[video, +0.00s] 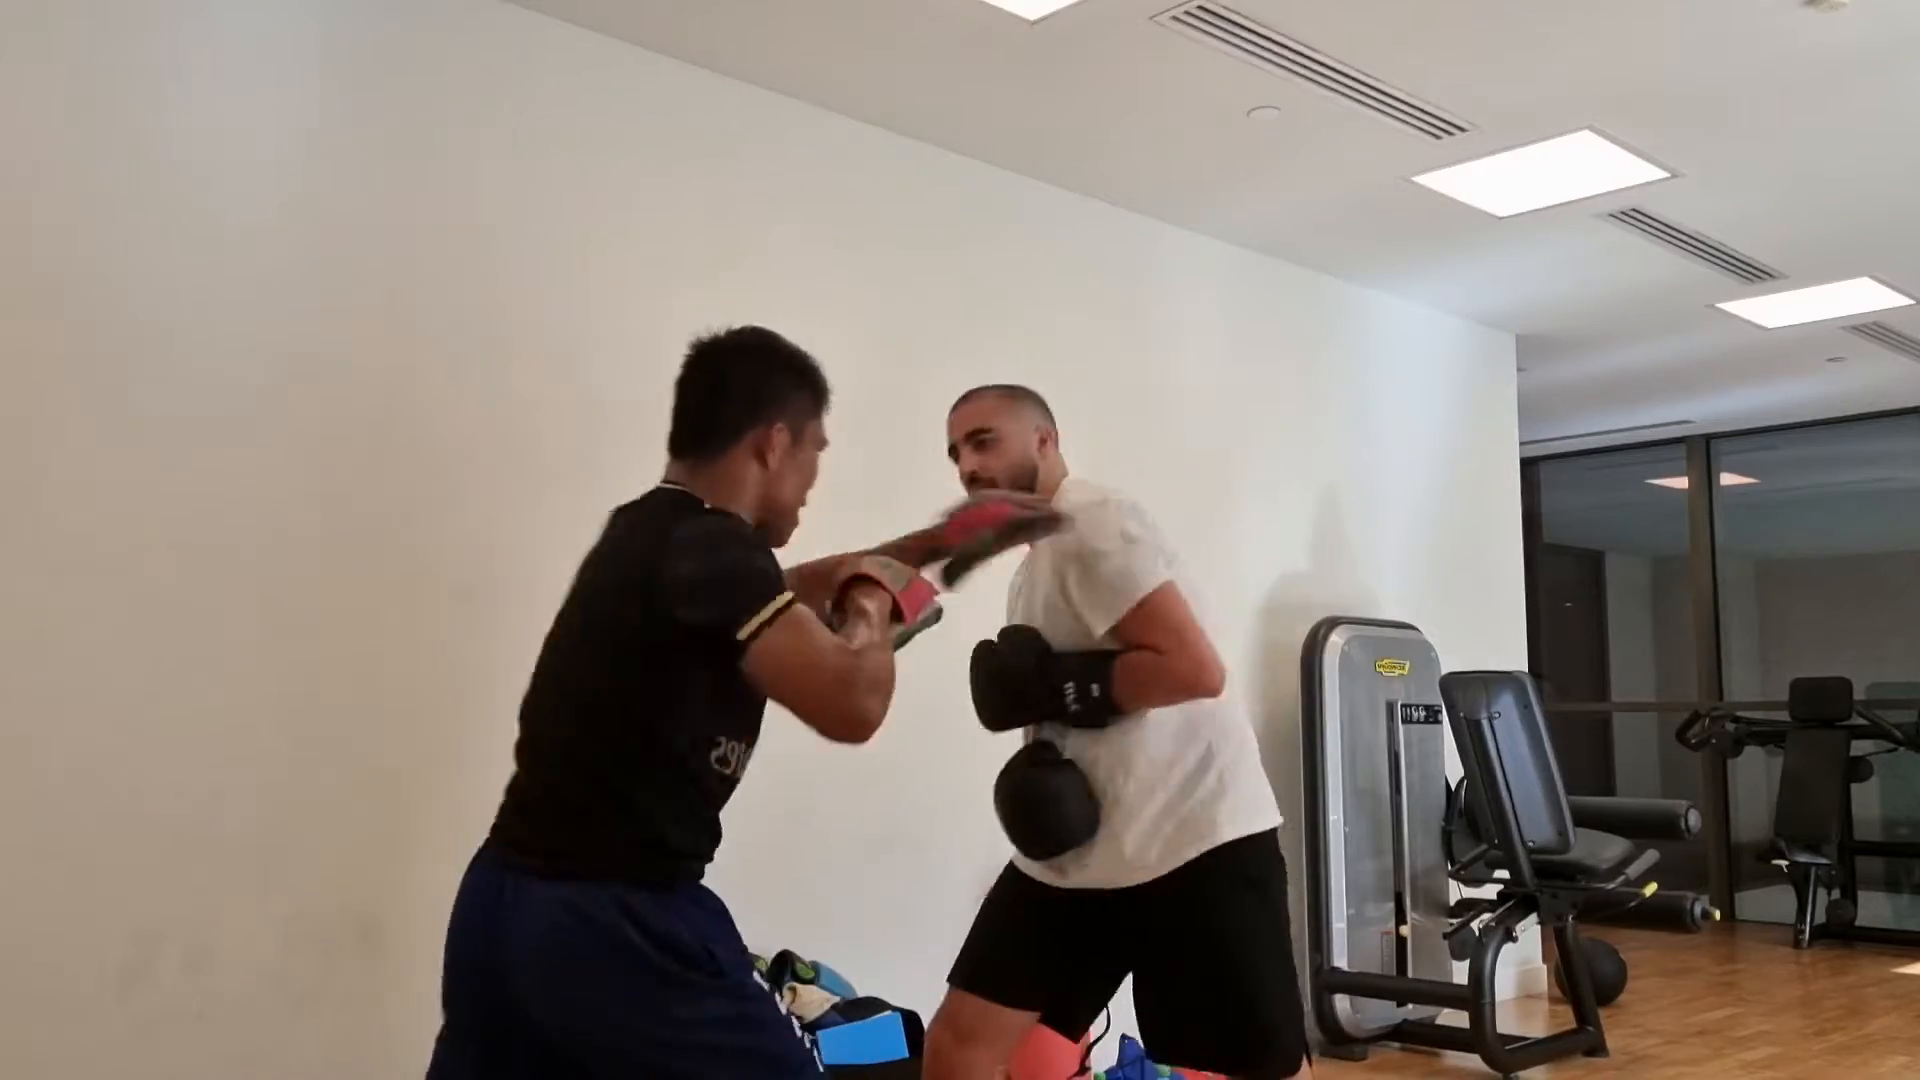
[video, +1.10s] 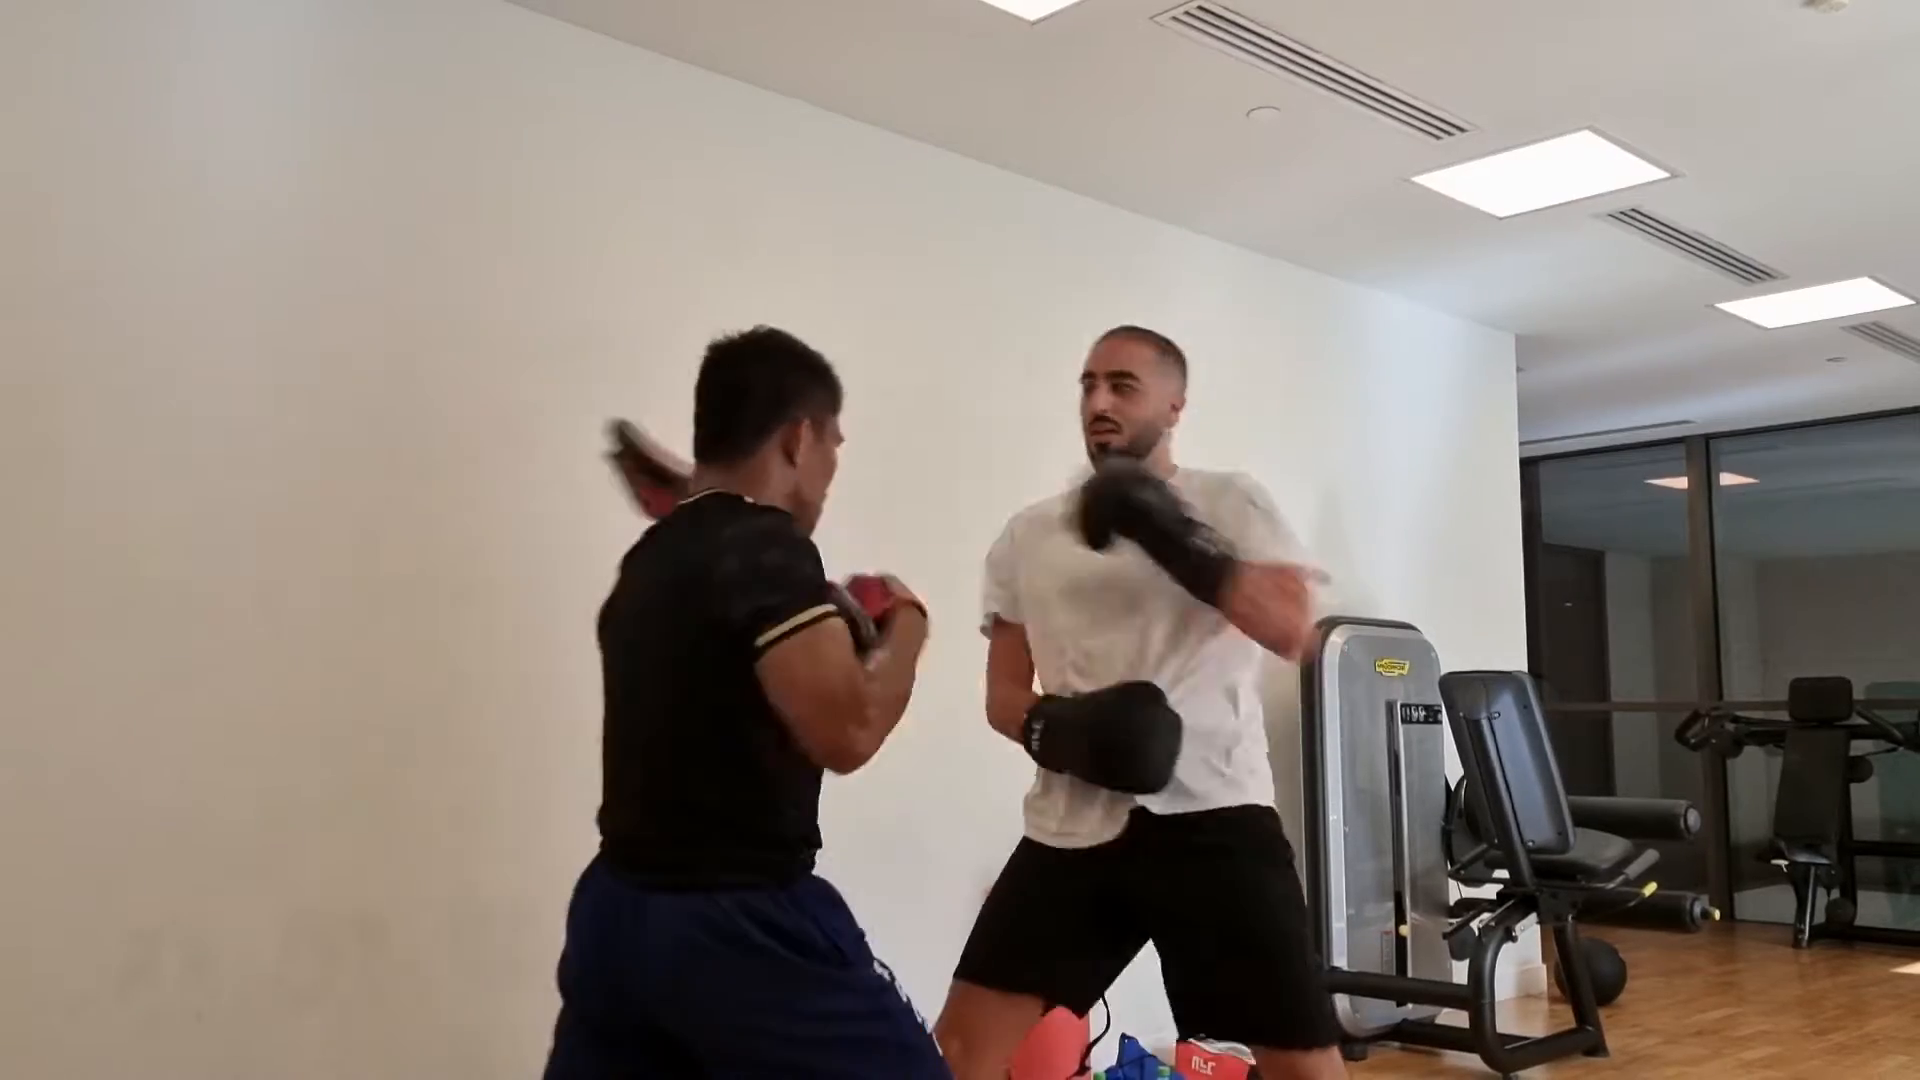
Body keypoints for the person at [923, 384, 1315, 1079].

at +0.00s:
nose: (967, 466)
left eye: (983, 441)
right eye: (957, 452)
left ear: (1046, 442)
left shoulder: (1097, 528)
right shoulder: (1028, 579)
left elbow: (1195, 669)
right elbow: (1068, 708)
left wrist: (1052, 684)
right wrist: (1039, 776)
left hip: (1198, 844)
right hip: (1078, 853)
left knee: (1268, 1067)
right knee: (961, 1048)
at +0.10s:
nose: (1023, 425)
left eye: (1042, 402)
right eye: (1009, 413)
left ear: (1097, 411)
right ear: (1003, 435)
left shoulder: (1173, 513)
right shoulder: (1003, 563)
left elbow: (1266, 674)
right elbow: (994, 728)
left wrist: (1124, 657)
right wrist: (1047, 768)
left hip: (1198, 855)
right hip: (1048, 862)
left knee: (1282, 1068)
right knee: (955, 1060)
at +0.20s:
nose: (1116, 404)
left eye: (1138, 385)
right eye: (1100, 392)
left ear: (1184, 406)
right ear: (1086, 415)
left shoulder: (1249, 542)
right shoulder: (1020, 534)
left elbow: (1291, 716)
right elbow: (984, 694)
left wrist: (1222, 671)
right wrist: (1100, 758)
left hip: (1208, 856)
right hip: (1051, 855)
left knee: (1303, 1066)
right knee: (963, 1065)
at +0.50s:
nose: (1075, 418)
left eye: (1099, 401)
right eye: (1069, 402)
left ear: (1157, 423)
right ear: (1062, 416)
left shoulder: (1217, 521)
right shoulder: (1017, 558)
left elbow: (1303, 670)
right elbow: (997, 718)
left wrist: (1184, 587)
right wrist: (1032, 747)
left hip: (1201, 857)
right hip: (1056, 865)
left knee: (1280, 1069)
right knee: (957, 1063)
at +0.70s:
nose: (1048, 421)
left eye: (1071, 402)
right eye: (1037, 407)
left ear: (1124, 414)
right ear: (1028, 427)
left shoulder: (1173, 491)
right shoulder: (1019, 564)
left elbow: (1185, 606)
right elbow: (1007, 717)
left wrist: (1047, 555)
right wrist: (1037, 747)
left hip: (1196, 839)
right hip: (1060, 844)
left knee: (1275, 1067)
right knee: (955, 1058)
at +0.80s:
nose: (1117, 402)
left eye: (1139, 386)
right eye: (1101, 391)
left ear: (1184, 410)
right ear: (1086, 417)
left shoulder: (1243, 527)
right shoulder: (1027, 531)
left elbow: (1319, 692)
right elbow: (989, 701)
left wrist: (1227, 633)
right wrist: (1093, 742)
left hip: (1212, 841)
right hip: (1057, 843)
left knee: (1300, 1068)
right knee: (962, 1064)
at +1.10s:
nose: (1097, 402)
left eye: (1122, 385)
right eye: (1088, 386)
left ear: (1175, 408)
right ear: (1077, 402)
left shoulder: (1231, 502)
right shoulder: (1026, 538)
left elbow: (1294, 631)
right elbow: (1005, 698)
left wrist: (1169, 535)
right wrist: (1060, 729)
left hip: (1219, 835)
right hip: (1069, 842)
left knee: (1307, 1067)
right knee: (961, 1054)